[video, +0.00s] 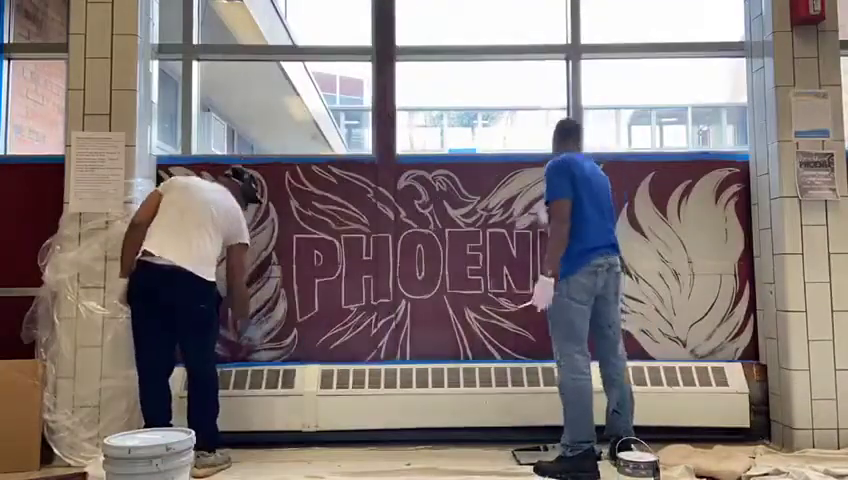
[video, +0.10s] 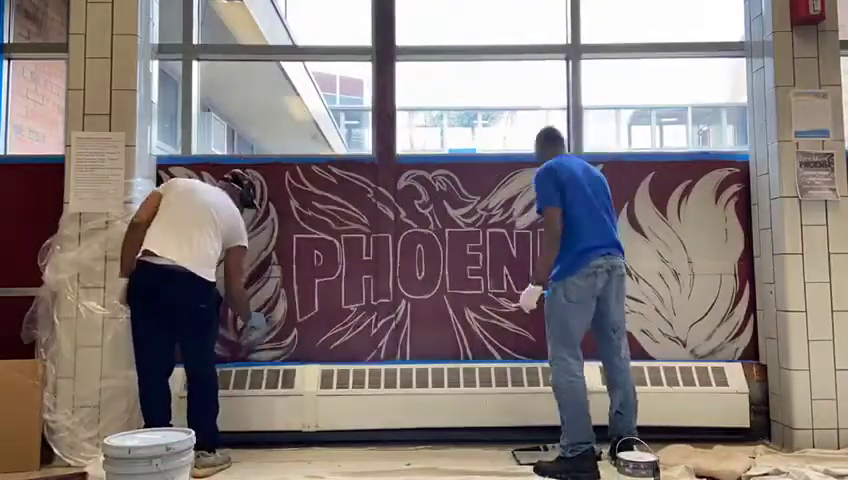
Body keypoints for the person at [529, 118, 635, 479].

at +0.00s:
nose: (556, 149)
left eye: (554, 142)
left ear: (555, 142)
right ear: (580, 142)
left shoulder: (559, 165)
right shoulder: (596, 170)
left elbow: (560, 223)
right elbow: (598, 221)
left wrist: (547, 276)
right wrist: (548, 219)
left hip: (577, 272)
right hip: (610, 268)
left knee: (572, 358)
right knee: (612, 353)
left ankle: (578, 450)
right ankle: (621, 435)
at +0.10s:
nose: (538, 160)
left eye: (537, 154)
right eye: (541, 153)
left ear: (540, 151)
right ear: (564, 146)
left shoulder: (547, 171)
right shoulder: (594, 172)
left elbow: (554, 227)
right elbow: (608, 221)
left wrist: (538, 282)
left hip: (577, 269)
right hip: (615, 264)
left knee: (565, 357)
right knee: (616, 350)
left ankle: (578, 451)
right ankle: (625, 434)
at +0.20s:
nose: (571, 144)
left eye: (569, 138)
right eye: (582, 137)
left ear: (571, 137)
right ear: (598, 139)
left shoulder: (561, 169)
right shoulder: (613, 173)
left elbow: (552, 226)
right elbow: (613, 224)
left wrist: (534, 278)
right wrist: (609, 261)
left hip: (572, 273)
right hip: (610, 270)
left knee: (566, 359)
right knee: (615, 355)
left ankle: (573, 449)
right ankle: (621, 435)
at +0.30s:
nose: (573, 144)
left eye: (570, 139)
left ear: (571, 139)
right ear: (598, 141)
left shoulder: (561, 168)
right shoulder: (613, 175)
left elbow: (551, 224)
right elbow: (617, 227)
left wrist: (534, 274)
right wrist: (604, 258)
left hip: (573, 270)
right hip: (610, 268)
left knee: (569, 358)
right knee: (613, 352)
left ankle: (574, 450)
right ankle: (621, 436)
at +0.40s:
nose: (564, 144)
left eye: (561, 138)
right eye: (576, 138)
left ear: (559, 138)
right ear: (586, 139)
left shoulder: (555, 170)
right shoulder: (600, 171)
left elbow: (550, 226)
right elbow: (607, 222)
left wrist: (533, 275)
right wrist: (608, 255)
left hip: (569, 270)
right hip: (605, 267)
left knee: (566, 359)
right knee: (611, 354)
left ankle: (574, 450)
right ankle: (621, 435)